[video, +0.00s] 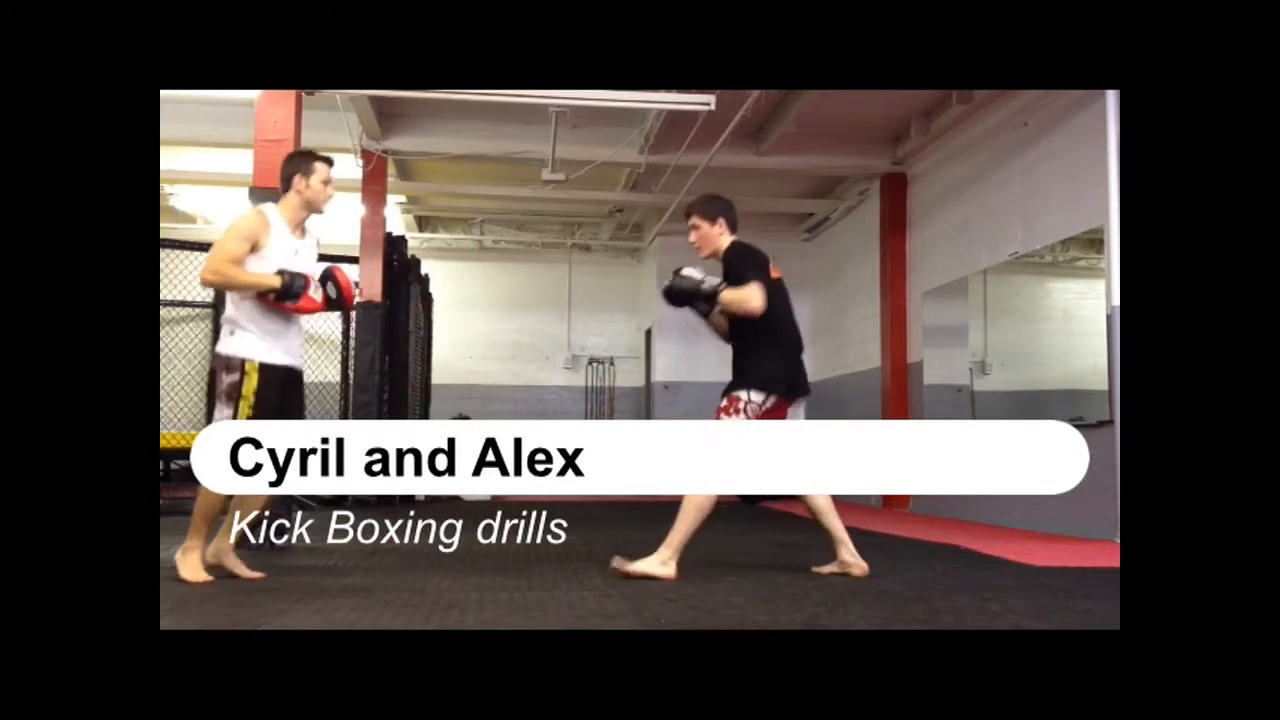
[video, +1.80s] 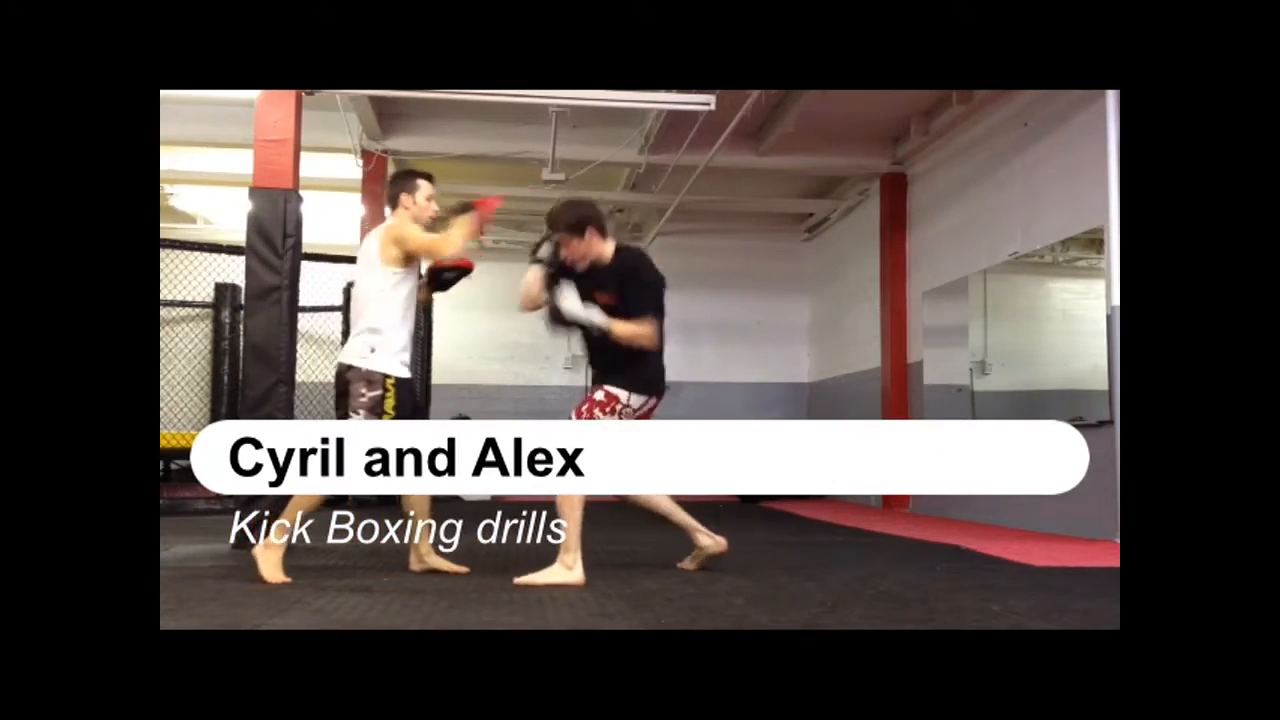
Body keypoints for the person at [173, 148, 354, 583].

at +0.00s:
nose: (331, 191)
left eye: (332, 184)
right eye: (325, 182)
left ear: (305, 186)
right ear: (298, 183)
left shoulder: (307, 239)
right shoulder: (257, 221)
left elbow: (291, 294)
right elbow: (211, 271)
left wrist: (327, 295)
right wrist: (277, 282)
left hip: (286, 361)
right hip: (246, 357)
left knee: (273, 465)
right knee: (228, 458)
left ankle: (224, 546)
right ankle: (192, 547)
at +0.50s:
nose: (327, 191)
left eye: (326, 184)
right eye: (321, 183)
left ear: (301, 187)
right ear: (294, 185)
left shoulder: (300, 237)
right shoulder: (259, 226)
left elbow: (291, 290)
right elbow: (233, 283)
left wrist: (330, 289)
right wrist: (303, 286)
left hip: (289, 362)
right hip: (255, 361)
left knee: (318, 449)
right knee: (257, 459)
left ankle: (266, 535)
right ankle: (235, 560)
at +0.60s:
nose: (330, 187)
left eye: (330, 179)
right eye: (324, 178)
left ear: (303, 183)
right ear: (297, 181)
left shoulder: (302, 233)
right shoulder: (265, 221)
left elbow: (296, 298)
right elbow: (252, 274)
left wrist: (335, 284)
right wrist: (316, 270)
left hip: (297, 361)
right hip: (262, 360)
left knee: (330, 446)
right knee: (257, 459)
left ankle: (313, 543)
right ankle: (235, 560)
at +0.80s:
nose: (347, 192)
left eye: (347, 185)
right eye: (341, 184)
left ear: (321, 189)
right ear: (315, 186)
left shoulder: (324, 238)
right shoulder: (282, 224)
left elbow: (346, 286)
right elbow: (294, 272)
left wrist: (377, 263)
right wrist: (346, 242)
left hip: (316, 365)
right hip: (280, 362)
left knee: (343, 458)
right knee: (266, 463)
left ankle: (357, 552)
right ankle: (236, 560)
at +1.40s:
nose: (383, 196)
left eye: (383, 188)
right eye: (376, 187)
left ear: (357, 192)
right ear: (349, 189)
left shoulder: (366, 239)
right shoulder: (310, 228)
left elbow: (398, 269)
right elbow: (326, 271)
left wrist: (413, 232)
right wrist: (368, 232)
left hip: (365, 367)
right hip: (318, 367)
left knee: (405, 450)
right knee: (292, 464)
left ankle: (418, 541)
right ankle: (259, 558)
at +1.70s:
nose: (422, 202)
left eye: (422, 194)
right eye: (415, 194)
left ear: (399, 198)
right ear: (392, 197)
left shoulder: (401, 242)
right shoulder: (365, 236)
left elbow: (423, 291)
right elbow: (381, 279)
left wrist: (451, 267)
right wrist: (414, 238)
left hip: (398, 369)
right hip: (363, 369)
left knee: (424, 459)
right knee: (342, 463)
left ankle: (423, 549)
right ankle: (271, 542)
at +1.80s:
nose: (435, 207)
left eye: (435, 200)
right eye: (429, 199)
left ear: (402, 203)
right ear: (405, 201)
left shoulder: (380, 240)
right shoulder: (397, 231)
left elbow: (394, 297)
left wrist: (434, 286)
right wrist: (467, 221)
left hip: (386, 367)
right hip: (372, 368)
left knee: (415, 459)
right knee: (343, 463)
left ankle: (422, 548)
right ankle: (273, 541)